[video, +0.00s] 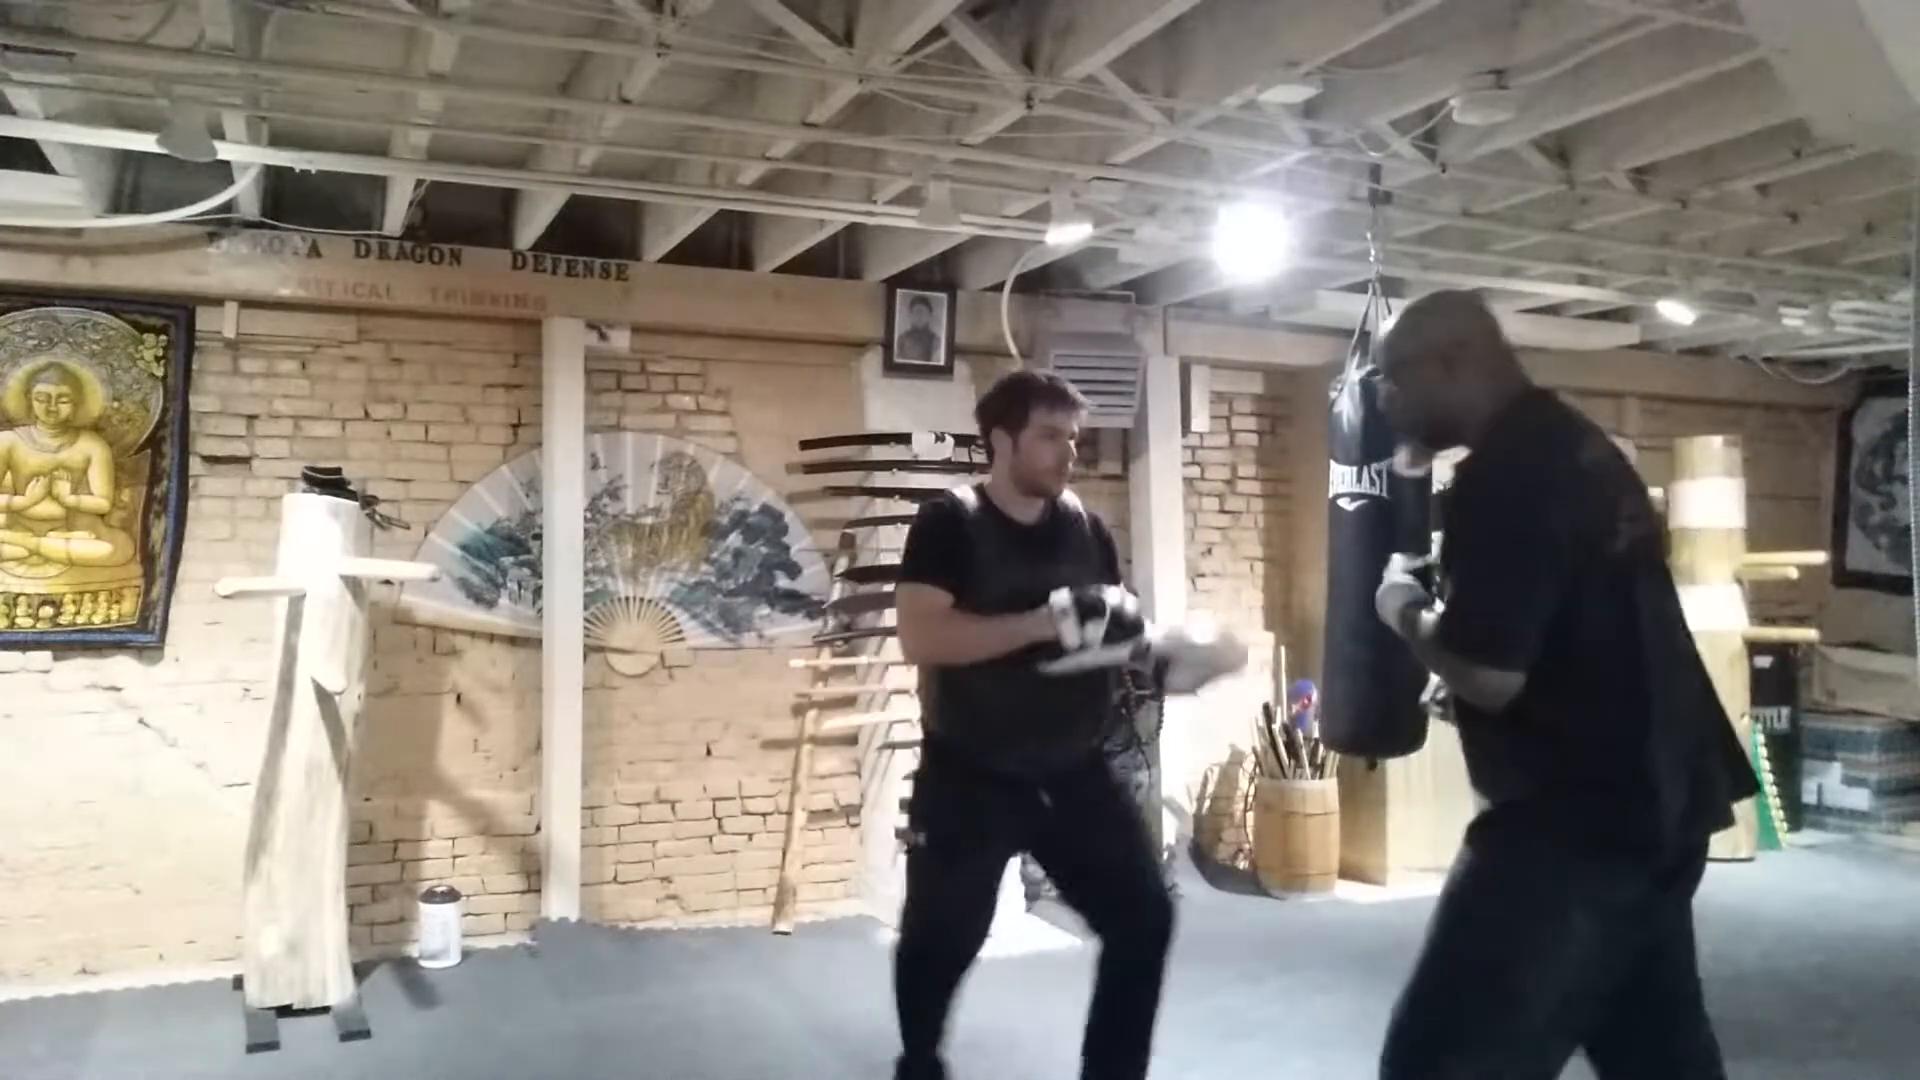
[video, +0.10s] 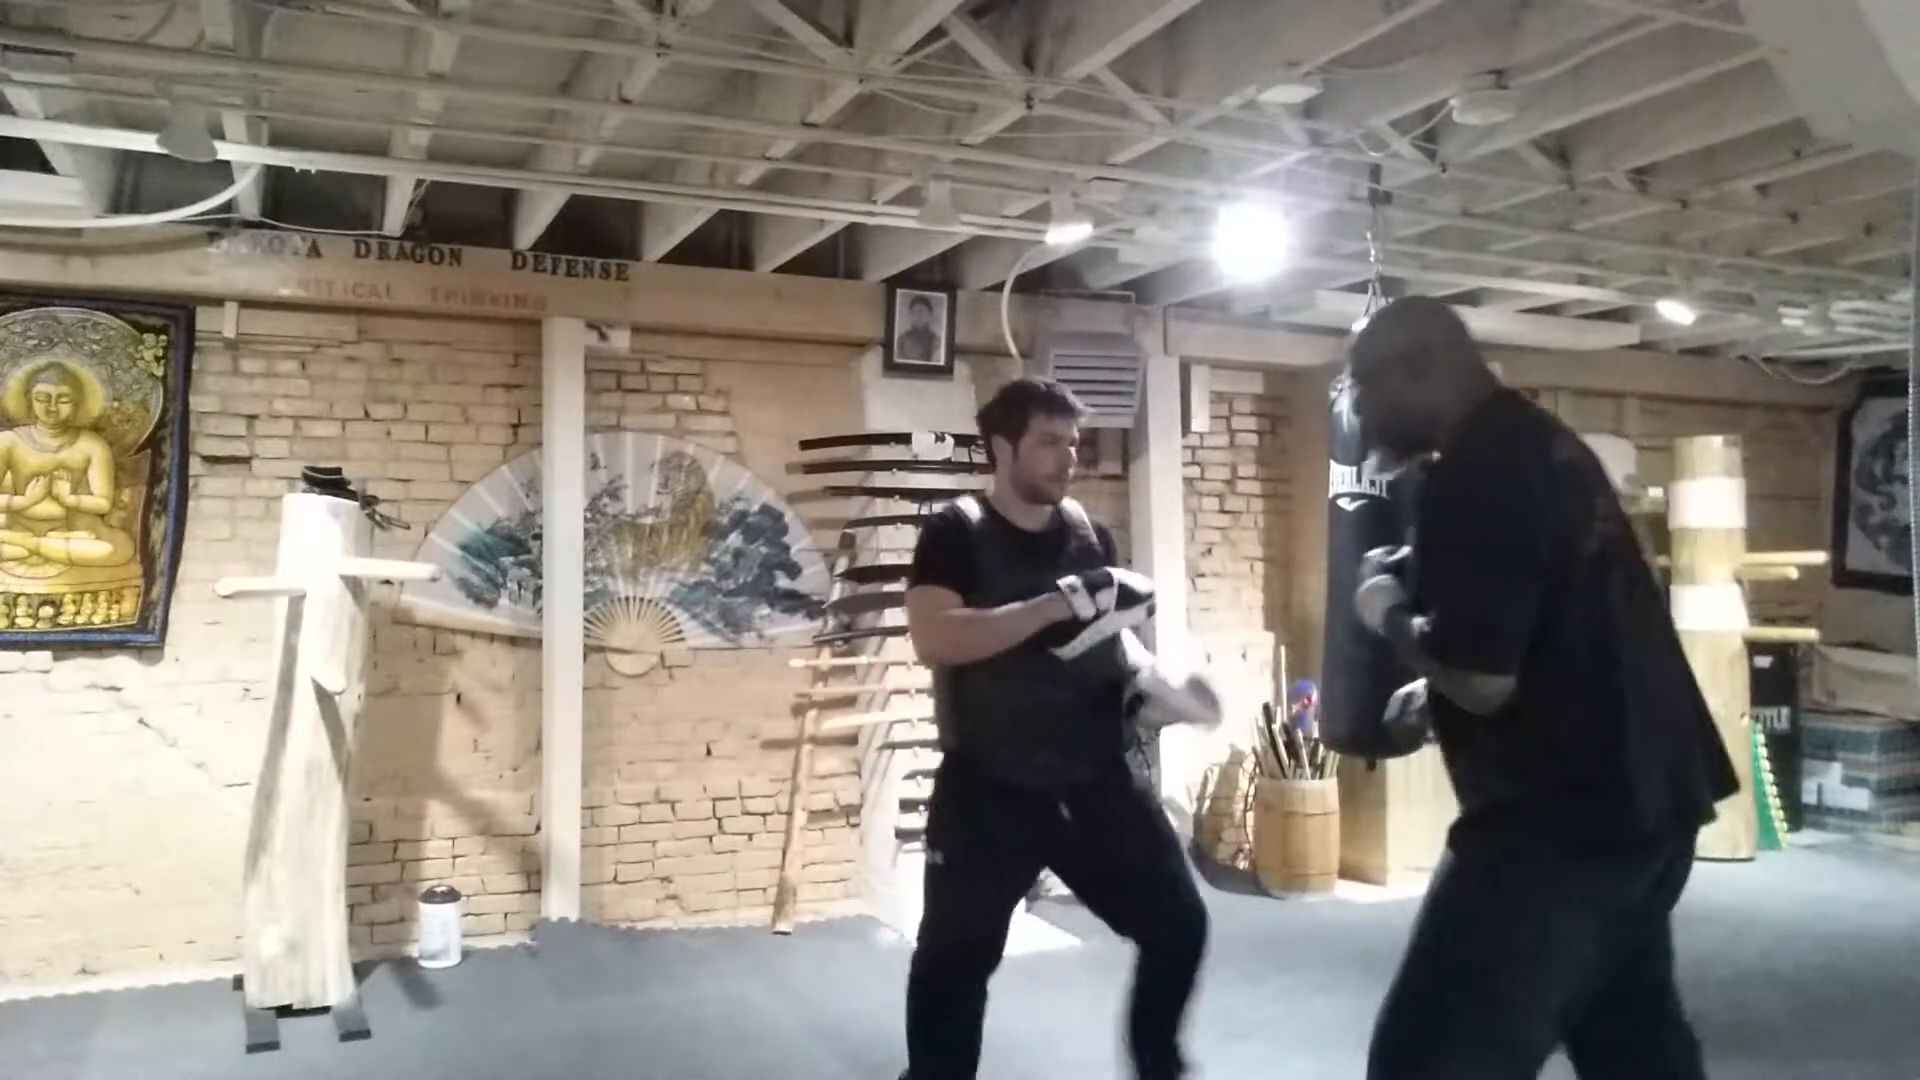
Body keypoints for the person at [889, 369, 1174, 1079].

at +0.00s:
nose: (1071, 451)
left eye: (1075, 438)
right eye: (1055, 436)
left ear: (1074, 443)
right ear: (1001, 440)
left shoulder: (1085, 529)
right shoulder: (946, 523)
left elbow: (1112, 638)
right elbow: (922, 638)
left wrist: (1175, 658)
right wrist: (1049, 623)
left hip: (1074, 776)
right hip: (968, 777)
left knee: (1143, 918)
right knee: (939, 942)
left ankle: (1111, 1074)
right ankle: (920, 1063)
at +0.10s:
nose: (1070, 456)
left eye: (1075, 443)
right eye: (1053, 442)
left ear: (1076, 447)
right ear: (1002, 445)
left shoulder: (1085, 532)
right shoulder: (954, 530)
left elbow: (1115, 642)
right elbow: (933, 638)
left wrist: (1158, 687)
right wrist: (1057, 606)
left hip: (1096, 787)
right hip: (988, 789)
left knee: (1178, 922)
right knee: (951, 965)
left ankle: (1154, 1058)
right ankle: (937, 1078)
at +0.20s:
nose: (1091, 460)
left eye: (1098, 446)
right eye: (1074, 444)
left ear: (1101, 452)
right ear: (1025, 447)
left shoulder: (1115, 538)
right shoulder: (981, 534)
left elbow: (1126, 664)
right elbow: (947, 642)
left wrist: (1183, 703)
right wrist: (1071, 617)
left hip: (1117, 789)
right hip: (1011, 790)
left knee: (1197, 951)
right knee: (962, 972)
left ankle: (1242, 1074)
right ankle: (937, 1077)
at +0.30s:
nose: (1132, 463)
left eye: (1136, 449)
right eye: (1113, 450)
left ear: (1142, 454)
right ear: (1064, 458)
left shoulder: (1159, 545)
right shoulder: (1017, 541)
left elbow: (1176, 649)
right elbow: (964, 647)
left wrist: (1217, 671)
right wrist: (1074, 644)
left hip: (1159, 797)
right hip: (1048, 799)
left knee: (1227, 969)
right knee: (991, 965)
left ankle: (1256, 1077)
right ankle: (957, 1074)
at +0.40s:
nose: (1161, 474)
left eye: (1168, 460)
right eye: (1144, 459)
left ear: (1178, 467)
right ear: (1099, 464)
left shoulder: (1198, 559)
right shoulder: (1048, 552)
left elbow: (1239, 648)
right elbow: (986, 657)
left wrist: (1280, 644)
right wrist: (1083, 669)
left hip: (1189, 803)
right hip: (1076, 806)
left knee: (1248, 961)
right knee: (1031, 961)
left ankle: (1255, 1076)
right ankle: (993, 1069)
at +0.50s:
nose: (1184, 471)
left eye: (1191, 457)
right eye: (1167, 457)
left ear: (1195, 461)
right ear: (1120, 458)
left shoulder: (1211, 555)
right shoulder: (1064, 545)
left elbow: (1262, 649)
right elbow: (1000, 649)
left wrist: (1297, 622)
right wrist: (1091, 676)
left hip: (1188, 793)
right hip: (1080, 795)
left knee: (1245, 961)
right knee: (1057, 955)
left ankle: (1258, 1079)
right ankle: (1010, 1077)